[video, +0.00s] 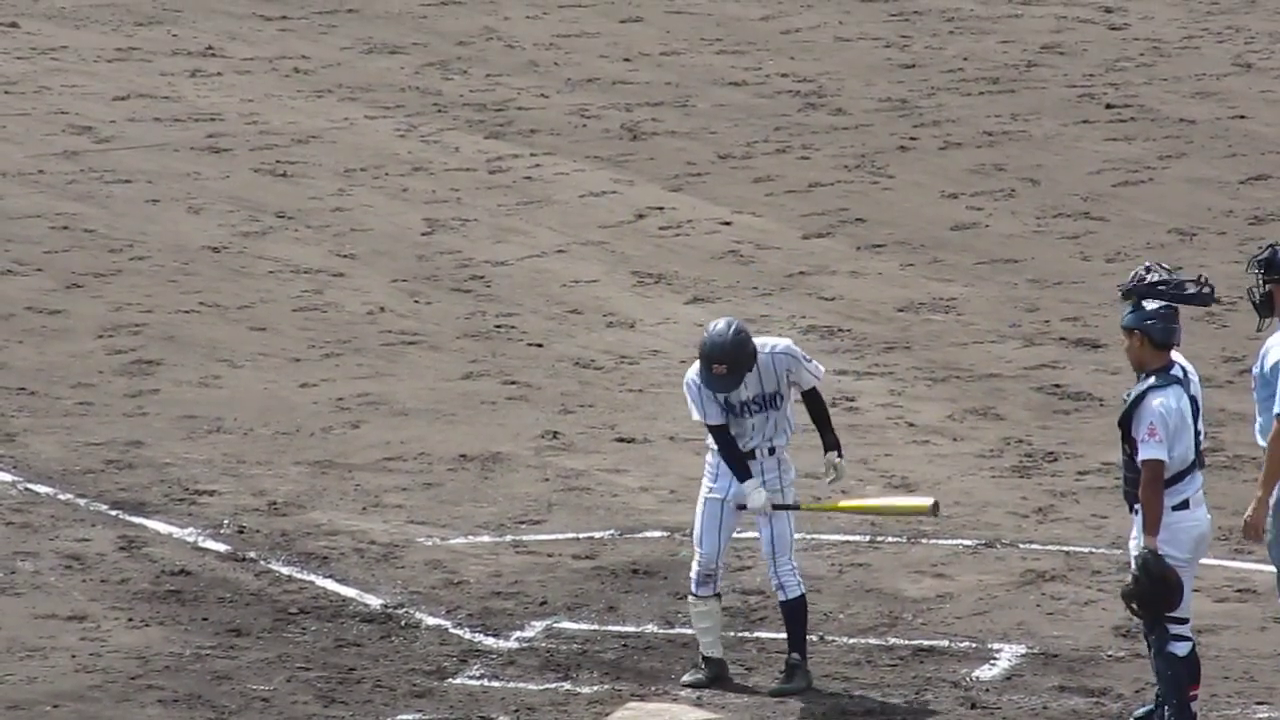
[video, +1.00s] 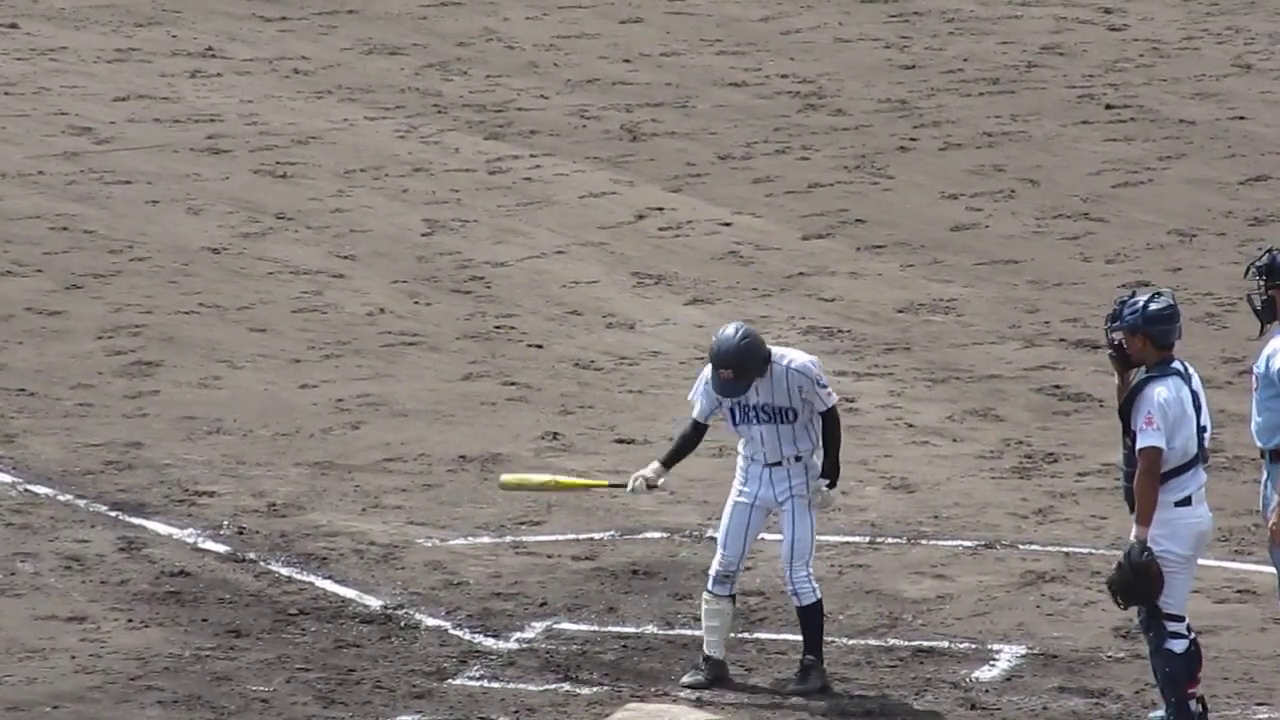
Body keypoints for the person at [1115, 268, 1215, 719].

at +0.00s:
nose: (1124, 346)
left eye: (1126, 338)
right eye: (1125, 338)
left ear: (1139, 342)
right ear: (1170, 338)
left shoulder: (1155, 405)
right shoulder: (1181, 369)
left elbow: (1152, 478)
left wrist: (1149, 545)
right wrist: (1149, 297)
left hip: (1168, 521)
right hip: (1189, 509)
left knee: (1170, 623)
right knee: (1158, 613)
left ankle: (1180, 710)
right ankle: (1169, 699)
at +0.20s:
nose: (1124, 342)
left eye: (1126, 336)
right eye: (1125, 334)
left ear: (1140, 342)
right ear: (1172, 338)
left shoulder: (1160, 406)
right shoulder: (1177, 373)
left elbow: (1157, 480)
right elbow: (1148, 350)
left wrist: (1149, 550)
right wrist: (1151, 294)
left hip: (1167, 523)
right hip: (1179, 512)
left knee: (1168, 627)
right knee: (1154, 617)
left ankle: (1178, 710)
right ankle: (1165, 701)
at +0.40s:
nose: (1129, 342)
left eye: (1131, 335)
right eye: (1130, 334)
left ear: (1142, 344)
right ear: (1172, 340)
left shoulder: (1159, 406)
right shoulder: (1178, 374)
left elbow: (1156, 483)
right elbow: (1123, 352)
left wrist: (1149, 552)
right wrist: (1122, 314)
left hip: (1167, 524)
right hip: (1179, 513)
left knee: (1168, 626)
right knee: (1152, 616)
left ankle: (1178, 709)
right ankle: (1165, 699)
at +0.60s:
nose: (1127, 346)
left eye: (1129, 340)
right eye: (1127, 339)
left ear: (1141, 345)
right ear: (1169, 341)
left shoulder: (1154, 405)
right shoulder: (1181, 375)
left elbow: (1151, 483)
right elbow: (1124, 388)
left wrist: (1145, 549)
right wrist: (1116, 347)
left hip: (1168, 525)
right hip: (1187, 514)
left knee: (1166, 624)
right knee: (1159, 615)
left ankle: (1180, 710)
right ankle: (1171, 699)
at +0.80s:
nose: (1126, 342)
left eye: (1131, 336)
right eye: (1127, 335)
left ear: (1145, 342)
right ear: (1170, 340)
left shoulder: (1157, 399)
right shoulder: (1185, 376)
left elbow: (1152, 476)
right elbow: (1133, 428)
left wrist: (1143, 543)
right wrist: (1125, 375)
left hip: (1168, 520)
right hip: (1190, 511)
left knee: (1167, 623)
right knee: (1163, 615)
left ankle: (1187, 708)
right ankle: (1182, 701)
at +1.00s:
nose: (1121, 341)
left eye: (1125, 334)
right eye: (1122, 334)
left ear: (1141, 340)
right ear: (1166, 336)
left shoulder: (1152, 392)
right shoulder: (1185, 374)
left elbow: (1149, 467)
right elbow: (1130, 425)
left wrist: (1139, 536)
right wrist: (1123, 374)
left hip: (1168, 518)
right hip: (1193, 510)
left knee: (1163, 621)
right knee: (1167, 613)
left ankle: (1182, 708)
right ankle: (1184, 699)